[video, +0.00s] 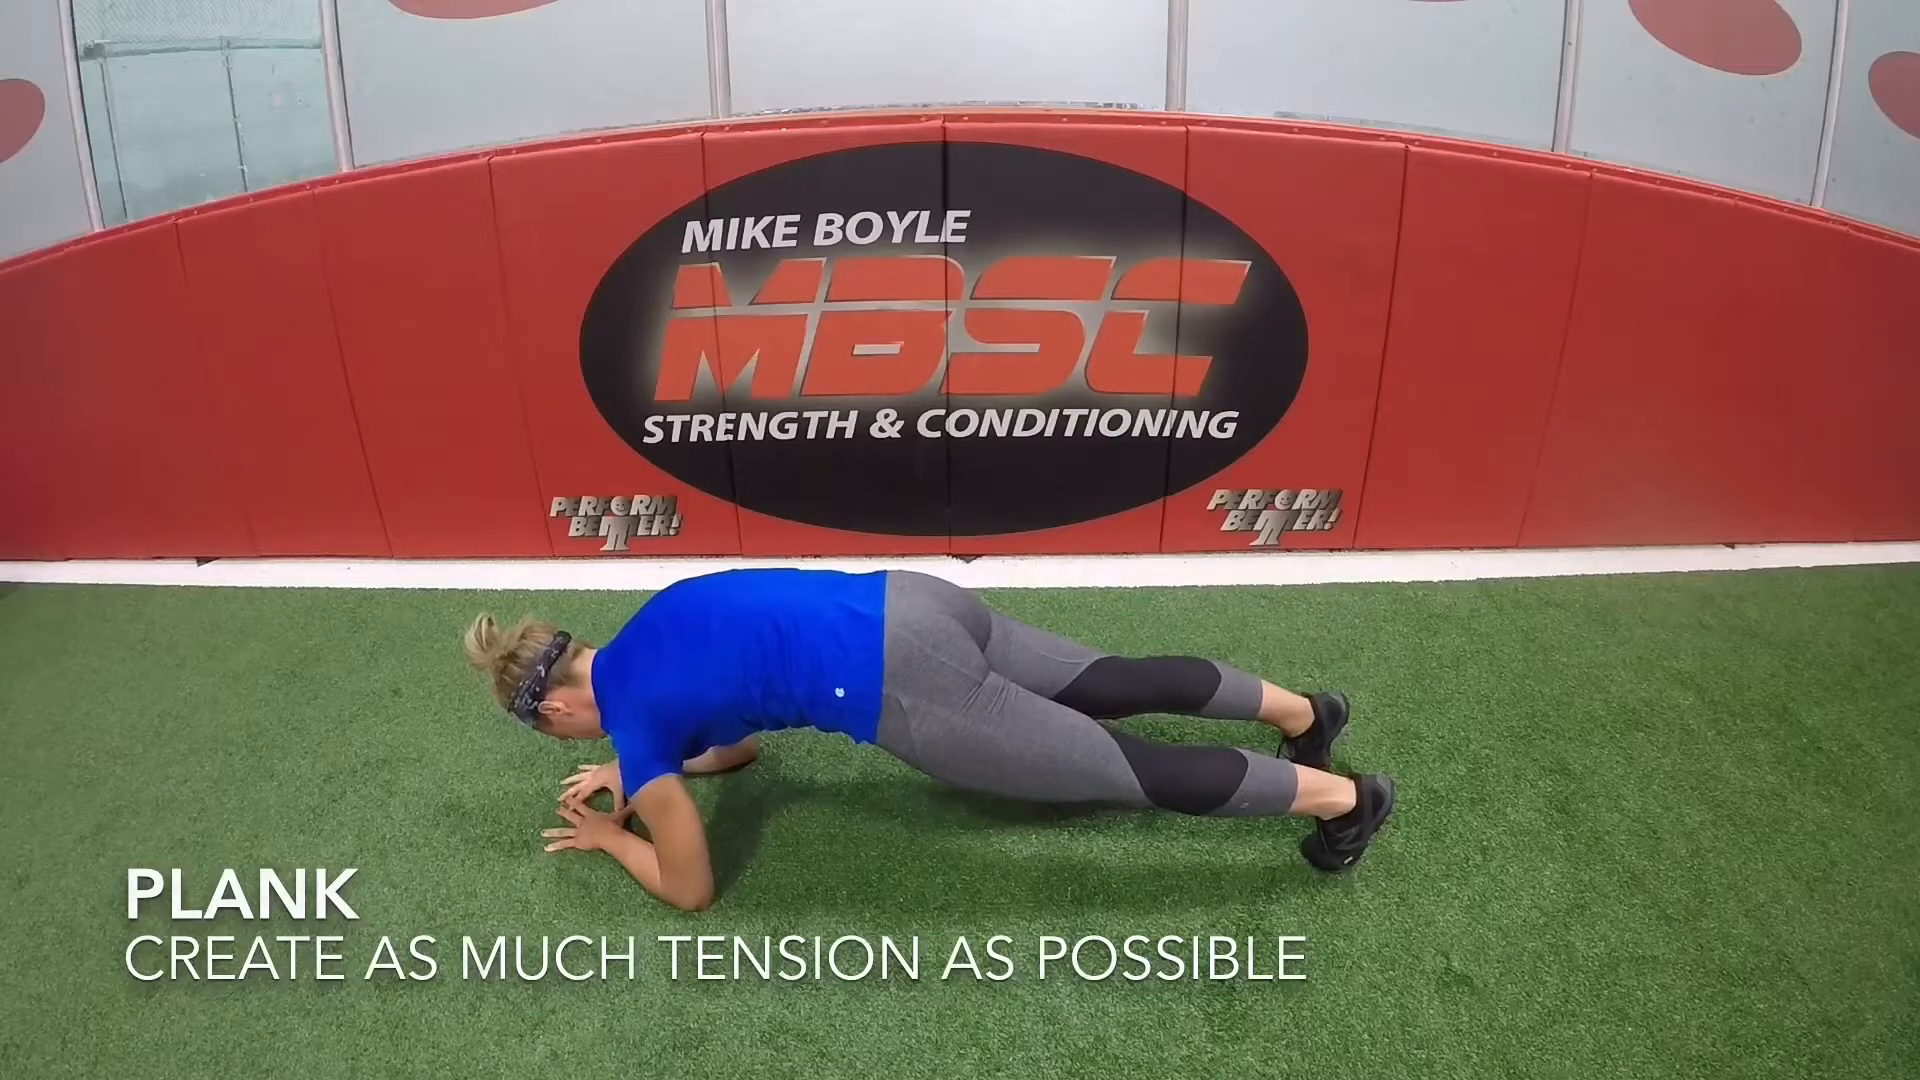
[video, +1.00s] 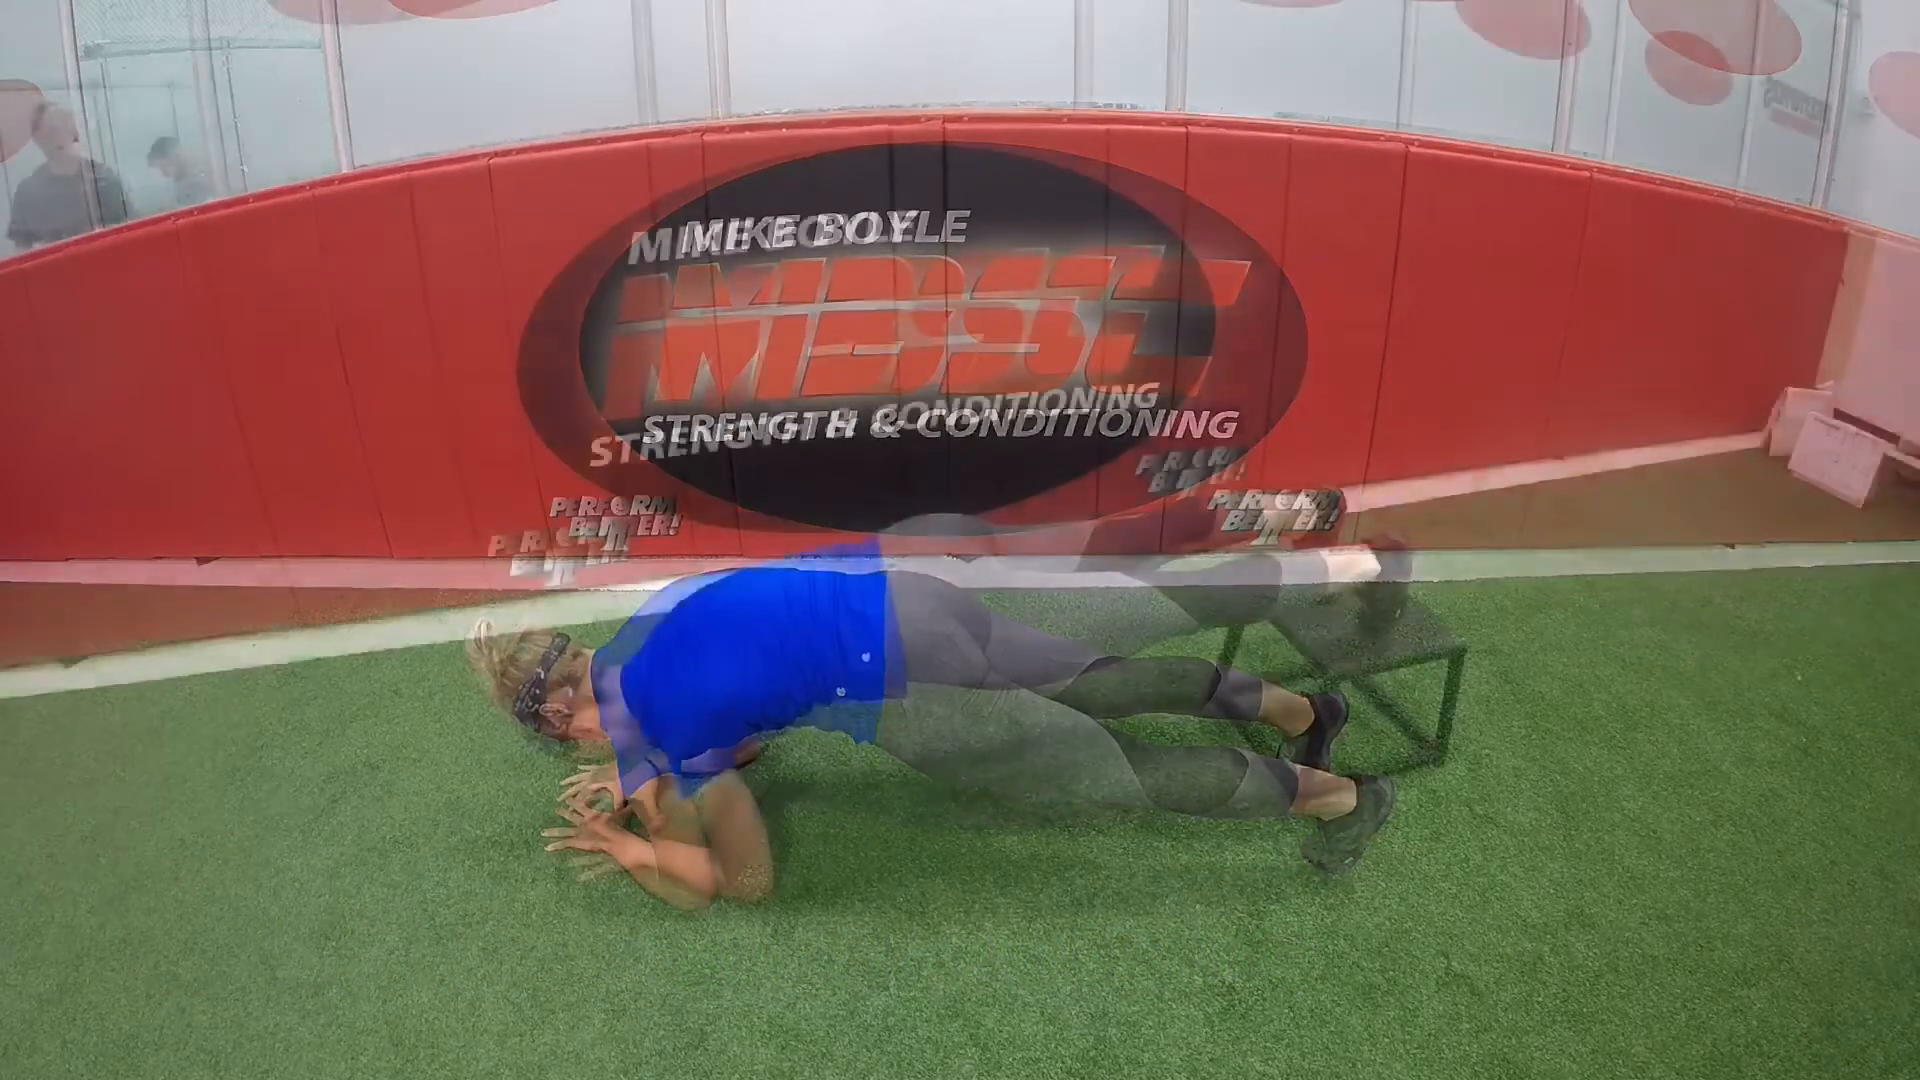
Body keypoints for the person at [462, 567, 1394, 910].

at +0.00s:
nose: (570, 737)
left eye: (555, 730)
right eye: (559, 730)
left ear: (561, 700)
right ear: (575, 649)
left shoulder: (633, 717)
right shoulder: (657, 612)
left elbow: (687, 885)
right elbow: (738, 742)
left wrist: (613, 840)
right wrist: (639, 778)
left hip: (899, 689)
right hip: (915, 594)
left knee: (1133, 771)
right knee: (1111, 680)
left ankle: (1342, 796)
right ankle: (1307, 715)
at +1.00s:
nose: (582, 744)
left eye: (564, 732)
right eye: (569, 734)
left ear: (575, 703)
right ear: (581, 660)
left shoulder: (650, 711)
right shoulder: (653, 627)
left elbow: (739, 878)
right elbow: (739, 759)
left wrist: (629, 852)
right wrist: (649, 782)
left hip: (897, 681)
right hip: (906, 583)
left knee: (1106, 774)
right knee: (1082, 670)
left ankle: (1325, 791)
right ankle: (1283, 706)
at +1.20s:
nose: (594, 755)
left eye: (578, 741)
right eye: (580, 745)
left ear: (592, 707)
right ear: (589, 677)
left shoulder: (681, 720)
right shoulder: (658, 640)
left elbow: (744, 880)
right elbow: (746, 756)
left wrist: (641, 858)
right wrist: (659, 808)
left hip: (926, 626)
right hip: (905, 544)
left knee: (1147, 611)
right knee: (1101, 556)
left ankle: (1330, 572)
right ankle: (1260, 514)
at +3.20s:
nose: (609, 752)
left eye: (593, 743)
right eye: (597, 745)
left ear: (602, 710)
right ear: (601, 670)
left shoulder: (689, 717)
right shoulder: (673, 629)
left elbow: (748, 878)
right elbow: (749, 741)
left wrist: (645, 852)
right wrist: (660, 792)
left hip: (942, 629)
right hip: (921, 540)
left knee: (1176, 607)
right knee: (1119, 544)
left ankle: (1346, 566)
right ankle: (1276, 508)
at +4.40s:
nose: (609, 755)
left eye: (593, 746)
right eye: (597, 748)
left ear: (601, 711)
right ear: (600, 673)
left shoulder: (689, 719)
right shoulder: (670, 631)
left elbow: (746, 878)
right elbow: (749, 736)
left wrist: (646, 851)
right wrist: (660, 792)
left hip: (935, 626)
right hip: (918, 539)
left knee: (1165, 613)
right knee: (1114, 547)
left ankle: (1345, 570)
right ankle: (1274, 507)